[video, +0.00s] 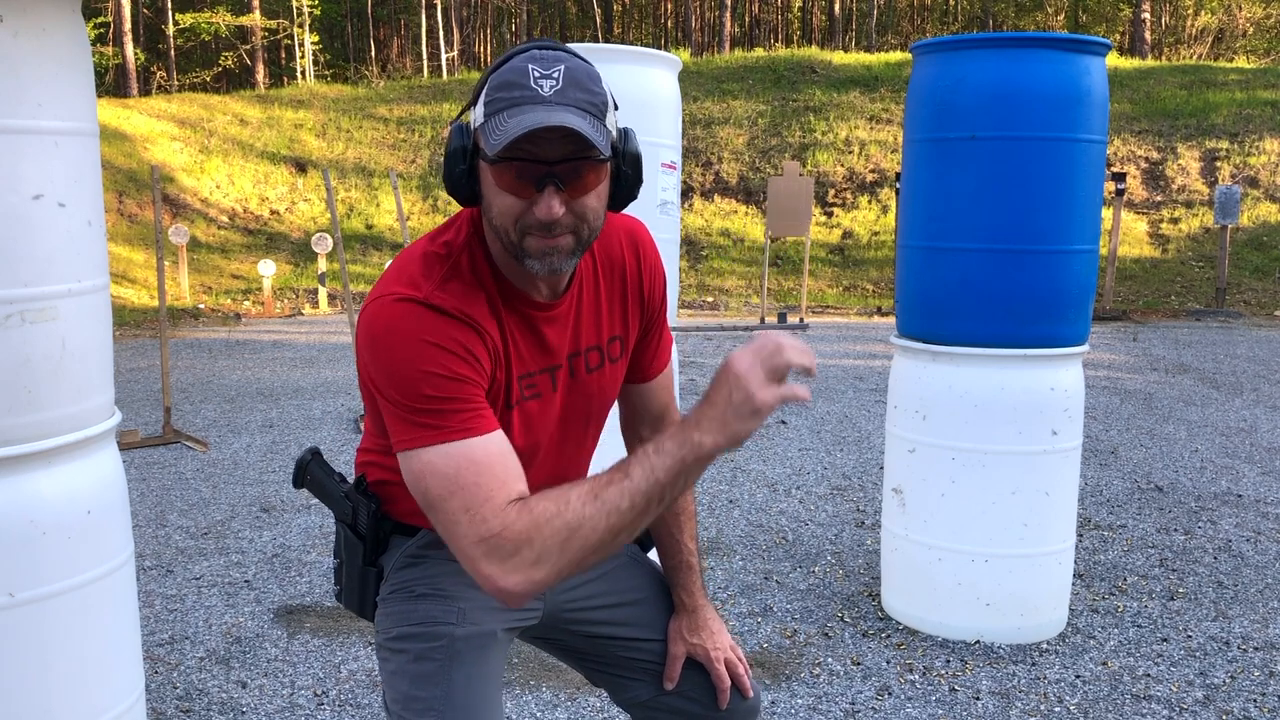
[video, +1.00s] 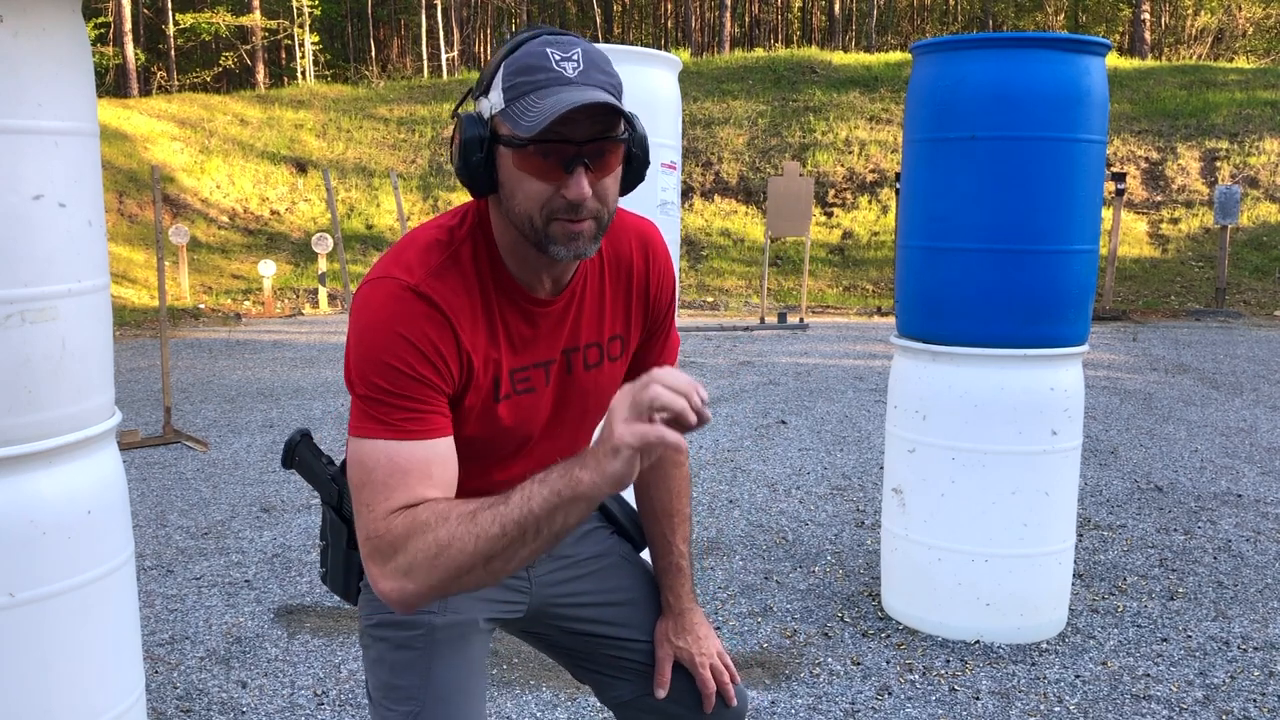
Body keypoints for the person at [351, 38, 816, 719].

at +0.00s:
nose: (550, 204)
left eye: (577, 172)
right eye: (523, 171)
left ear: (613, 170)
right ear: (474, 166)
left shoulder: (628, 253)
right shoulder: (415, 313)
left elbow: (655, 432)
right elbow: (510, 558)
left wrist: (690, 599)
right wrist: (703, 430)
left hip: (567, 536)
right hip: (433, 551)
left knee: (721, 701)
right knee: (456, 705)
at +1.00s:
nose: (579, 189)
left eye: (598, 156)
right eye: (547, 157)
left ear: (624, 158)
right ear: (487, 155)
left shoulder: (639, 256)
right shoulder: (405, 298)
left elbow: (657, 431)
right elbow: (402, 566)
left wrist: (679, 600)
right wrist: (597, 470)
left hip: (572, 541)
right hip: (430, 566)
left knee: (707, 702)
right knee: (436, 707)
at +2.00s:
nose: (568, 199)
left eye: (591, 165)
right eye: (537, 167)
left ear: (623, 162)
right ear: (482, 158)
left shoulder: (643, 257)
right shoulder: (398, 288)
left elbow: (662, 431)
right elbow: (391, 551)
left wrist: (675, 609)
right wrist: (574, 438)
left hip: (558, 532)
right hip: (421, 562)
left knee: (690, 702)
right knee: (431, 707)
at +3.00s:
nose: (613, 182)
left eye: (640, 153)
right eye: (593, 142)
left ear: (660, 163)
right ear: (521, 127)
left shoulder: (651, 253)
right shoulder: (411, 250)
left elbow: (664, 429)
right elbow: (334, 480)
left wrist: (673, 611)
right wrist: (548, 395)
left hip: (558, 527)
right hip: (419, 533)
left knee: (682, 701)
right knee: (425, 707)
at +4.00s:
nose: (626, 180)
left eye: (624, 151)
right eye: (596, 150)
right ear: (497, 157)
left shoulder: (604, 262)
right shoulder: (378, 303)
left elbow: (630, 425)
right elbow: (458, 555)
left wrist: (658, 597)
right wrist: (590, 337)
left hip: (536, 526)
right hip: (401, 551)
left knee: (687, 699)